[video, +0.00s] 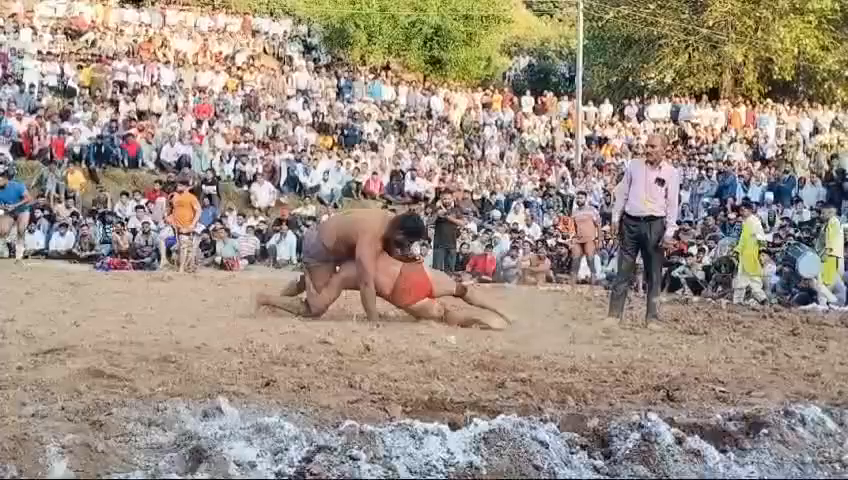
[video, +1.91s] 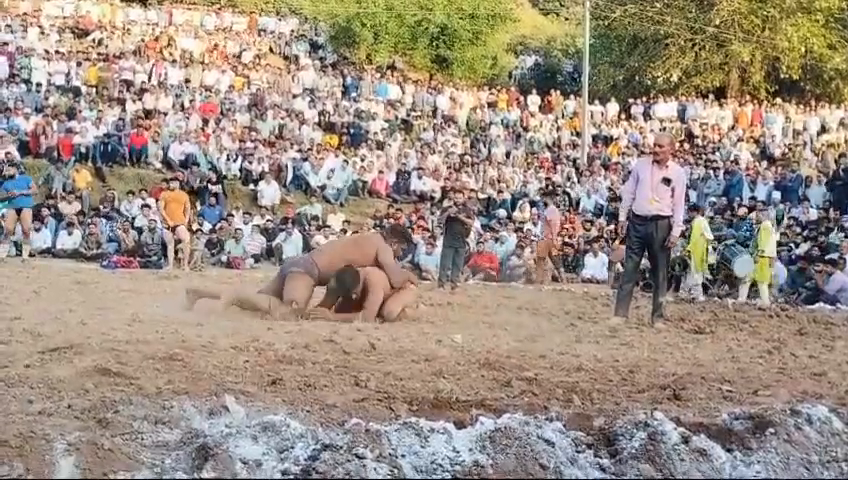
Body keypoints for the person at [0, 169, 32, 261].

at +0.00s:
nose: (1, 180)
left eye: (2, 178)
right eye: (1, 178)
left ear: (6, 178)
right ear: (3, 178)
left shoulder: (18, 186)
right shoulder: (2, 191)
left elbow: (28, 198)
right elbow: (2, 203)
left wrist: (14, 206)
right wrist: (4, 207)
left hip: (22, 210)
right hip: (8, 211)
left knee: (21, 231)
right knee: (3, 231)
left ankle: (18, 256)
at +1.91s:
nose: (9, 171)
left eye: (11, 168)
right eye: (8, 168)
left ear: (16, 168)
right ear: (6, 170)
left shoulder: (26, 179)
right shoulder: (6, 183)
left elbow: (35, 190)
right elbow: (1, 196)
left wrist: (20, 193)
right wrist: (8, 195)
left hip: (26, 206)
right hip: (12, 206)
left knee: (26, 230)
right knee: (8, 229)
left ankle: (25, 255)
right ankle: (4, 254)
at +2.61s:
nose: (23, 172)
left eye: (25, 170)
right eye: (21, 170)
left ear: (28, 172)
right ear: (17, 171)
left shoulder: (32, 183)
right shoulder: (12, 181)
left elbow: (35, 195)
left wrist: (30, 200)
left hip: (24, 209)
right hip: (10, 208)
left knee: (27, 229)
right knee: (8, 230)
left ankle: (27, 255)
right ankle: (5, 254)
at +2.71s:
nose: (31, 175)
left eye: (33, 173)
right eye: (29, 173)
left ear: (35, 174)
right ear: (25, 174)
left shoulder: (38, 185)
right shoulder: (19, 184)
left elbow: (40, 197)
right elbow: (15, 198)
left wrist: (36, 201)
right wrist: (28, 202)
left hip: (31, 211)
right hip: (18, 210)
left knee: (34, 233)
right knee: (15, 234)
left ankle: (32, 258)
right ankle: (9, 257)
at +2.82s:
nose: (45, 179)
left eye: (47, 176)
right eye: (43, 176)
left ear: (49, 178)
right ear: (39, 177)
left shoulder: (49, 190)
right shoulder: (33, 188)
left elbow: (51, 201)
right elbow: (32, 201)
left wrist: (52, 203)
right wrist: (43, 205)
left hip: (43, 215)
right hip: (31, 215)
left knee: (45, 238)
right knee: (26, 238)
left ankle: (42, 262)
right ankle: (19, 261)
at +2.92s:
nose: (65, 185)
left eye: (66, 183)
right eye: (63, 183)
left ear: (68, 184)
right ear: (58, 183)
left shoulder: (67, 194)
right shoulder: (53, 193)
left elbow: (69, 204)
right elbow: (52, 207)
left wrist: (73, 205)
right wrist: (66, 208)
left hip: (62, 221)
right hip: (51, 220)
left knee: (63, 243)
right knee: (45, 243)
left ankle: (57, 266)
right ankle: (36, 262)